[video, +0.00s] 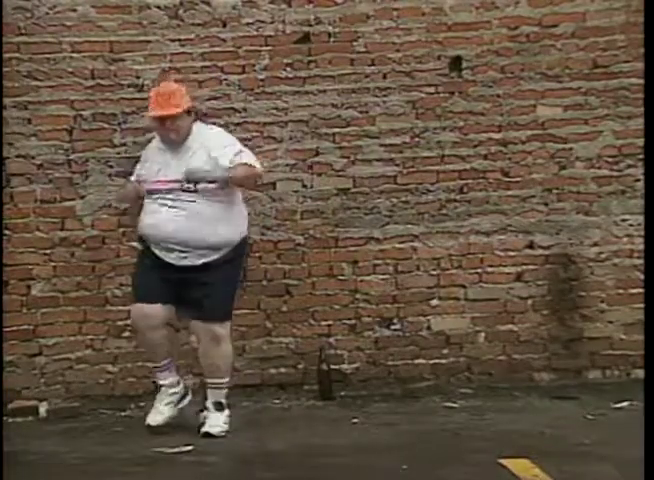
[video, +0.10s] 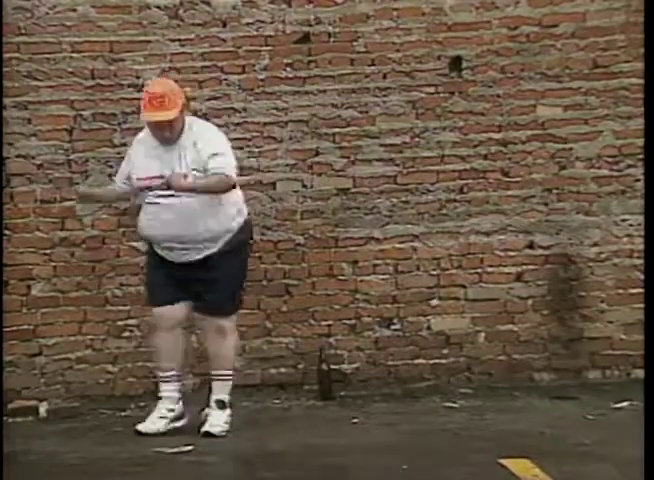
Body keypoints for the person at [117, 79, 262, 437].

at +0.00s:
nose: (167, 127)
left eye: (174, 118)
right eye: (160, 120)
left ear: (190, 113)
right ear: (152, 120)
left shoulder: (213, 139)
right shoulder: (153, 150)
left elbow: (254, 175)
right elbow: (139, 193)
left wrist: (218, 177)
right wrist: (132, 194)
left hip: (215, 255)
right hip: (160, 252)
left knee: (212, 330)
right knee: (145, 316)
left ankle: (217, 406)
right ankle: (171, 387)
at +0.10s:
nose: (163, 128)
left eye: (169, 121)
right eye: (155, 122)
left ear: (182, 111)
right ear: (145, 117)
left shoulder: (207, 136)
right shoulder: (140, 145)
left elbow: (226, 180)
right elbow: (124, 192)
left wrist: (187, 185)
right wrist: (87, 193)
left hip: (219, 245)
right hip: (166, 247)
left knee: (218, 324)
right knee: (165, 319)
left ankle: (219, 406)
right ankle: (170, 403)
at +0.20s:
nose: (170, 132)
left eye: (175, 124)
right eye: (161, 126)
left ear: (185, 113)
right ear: (148, 118)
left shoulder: (203, 139)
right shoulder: (137, 140)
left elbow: (207, 181)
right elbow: (109, 185)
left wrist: (184, 205)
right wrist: (77, 207)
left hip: (217, 243)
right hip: (167, 251)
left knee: (219, 324)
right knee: (173, 327)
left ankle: (225, 406)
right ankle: (181, 408)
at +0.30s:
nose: (171, 134)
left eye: (176, 126)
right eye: (163, 128)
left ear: (188, 117)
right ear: (151, 121)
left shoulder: (205, 144)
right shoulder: (139, 141)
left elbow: (207, 193)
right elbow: (112, 186)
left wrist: (188, 222)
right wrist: (87, 219)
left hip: (211, 242)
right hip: (160, 251)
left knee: (210, 313)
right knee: (161, 328)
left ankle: (227, 396)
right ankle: (181, 409)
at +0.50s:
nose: (170, 122)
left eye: (177, 114)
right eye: (164, 116)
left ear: (194, 104)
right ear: (156, 112)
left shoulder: (219, 138)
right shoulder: (154, 135)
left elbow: (235, 191)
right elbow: (136, 179)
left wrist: (218, 229)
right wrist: (127, 217)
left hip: (195, 243)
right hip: (149, 246)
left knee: (196, 317)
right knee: (159, 329)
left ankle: (237, 389)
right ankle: (180, 408)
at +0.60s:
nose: (171, 112)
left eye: (178, 105)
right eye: (166, 106)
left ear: (199, 102)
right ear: (163, 107)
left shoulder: (224, 135)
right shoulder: (168, 138)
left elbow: (253, 180)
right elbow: (169, 184)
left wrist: (229, 217)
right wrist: (141, 215)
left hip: (193, 244)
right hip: (150, 244)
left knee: (201, 331)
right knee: (160, 332)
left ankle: (231, 410)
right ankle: (180, 410)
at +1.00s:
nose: (136, 115)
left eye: (143, 108)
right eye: (134, 108)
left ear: (165, 109)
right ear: (133, 111)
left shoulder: (186, 137)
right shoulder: (136, 150)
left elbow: (193, 181)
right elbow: (130, 198)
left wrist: (138, 183)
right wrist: (88, 208)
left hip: (221, 243)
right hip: (175, 254)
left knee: (220, 328)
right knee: (172, 329)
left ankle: (237, 410)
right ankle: (182, 412)